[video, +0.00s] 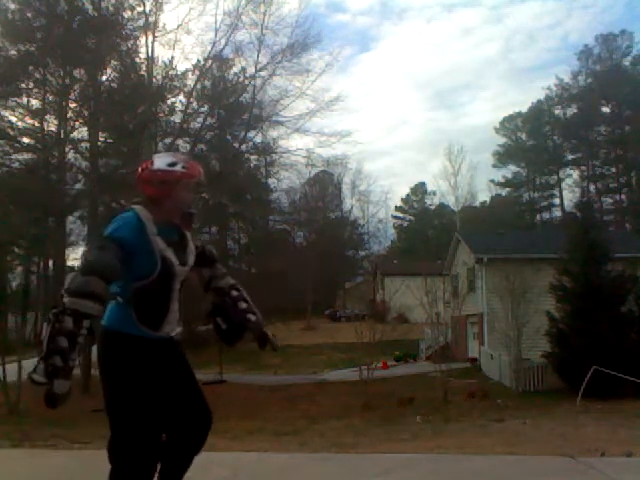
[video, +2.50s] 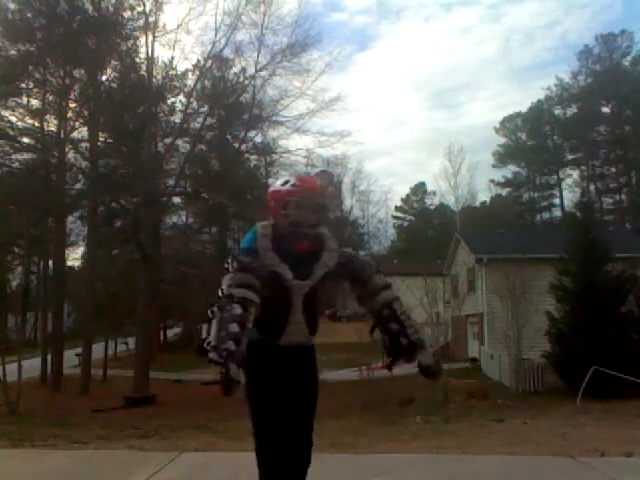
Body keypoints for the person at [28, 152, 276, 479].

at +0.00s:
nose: (192, 198)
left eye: (192, 190)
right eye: (186, 190)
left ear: (170, 193)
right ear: (164, 191)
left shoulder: (180, 236)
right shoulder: (129, 227)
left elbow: (212, 272)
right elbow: (87, 288)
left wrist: (241, 310)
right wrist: (60, 361)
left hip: (164, 345)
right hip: (124, 345)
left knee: (194, 420)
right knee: (135, 438)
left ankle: (167, 476)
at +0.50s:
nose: (251, 208)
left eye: (253, 200)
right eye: (243, 200)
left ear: (250, 204)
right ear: (221, 203)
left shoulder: (253, 248)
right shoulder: (193, 241)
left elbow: (289, 277)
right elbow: (145, 293)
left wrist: (313, 318)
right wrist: (103, 350)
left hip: (228, 357)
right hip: (187, 355)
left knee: (247, 449)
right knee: (173, 448)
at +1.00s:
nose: (288, 216)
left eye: (294, 208)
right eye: (280, 208)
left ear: (299, 211)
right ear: (263, 210)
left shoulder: (284, 248)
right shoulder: (247, 244)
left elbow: (277, 305)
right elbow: (239, 304)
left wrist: (274, 356)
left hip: (262, 351)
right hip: (230, 348)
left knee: (276, 441)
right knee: (239, 438)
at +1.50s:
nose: (319, 220)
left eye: (323, 213)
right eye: (312, 213)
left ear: (328, 213)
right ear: (293, 213)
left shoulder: (297, 248)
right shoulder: (281, 246)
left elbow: (322, 290)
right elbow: (315, 297)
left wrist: (349, 320)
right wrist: (346, 325)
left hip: (275, 347)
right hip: (261, 348)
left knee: (305, 444)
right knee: (303, 445)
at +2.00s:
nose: (342, 217)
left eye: (346, 209)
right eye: (335, 208)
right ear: (314, 208)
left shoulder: (309, 241)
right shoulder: (295, 237)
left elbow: (323, 288)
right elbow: (318, 294)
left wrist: (345, 324)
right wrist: (340, 327)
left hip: (278, 342)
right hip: (264, 342)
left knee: (297, 442)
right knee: (295, 444)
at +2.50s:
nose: (308, 218)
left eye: (314, 210)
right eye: (300, 209)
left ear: (322, 212)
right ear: (280, 210)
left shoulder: (327, 250)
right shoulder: (257, 246)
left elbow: (370, 281)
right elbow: (236, 293)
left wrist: (396, 329)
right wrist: (225, 346)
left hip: (302, 352)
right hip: (261, 353)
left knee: (299, 439)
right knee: (269, 439)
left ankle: (297, 474)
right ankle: (271, 475)